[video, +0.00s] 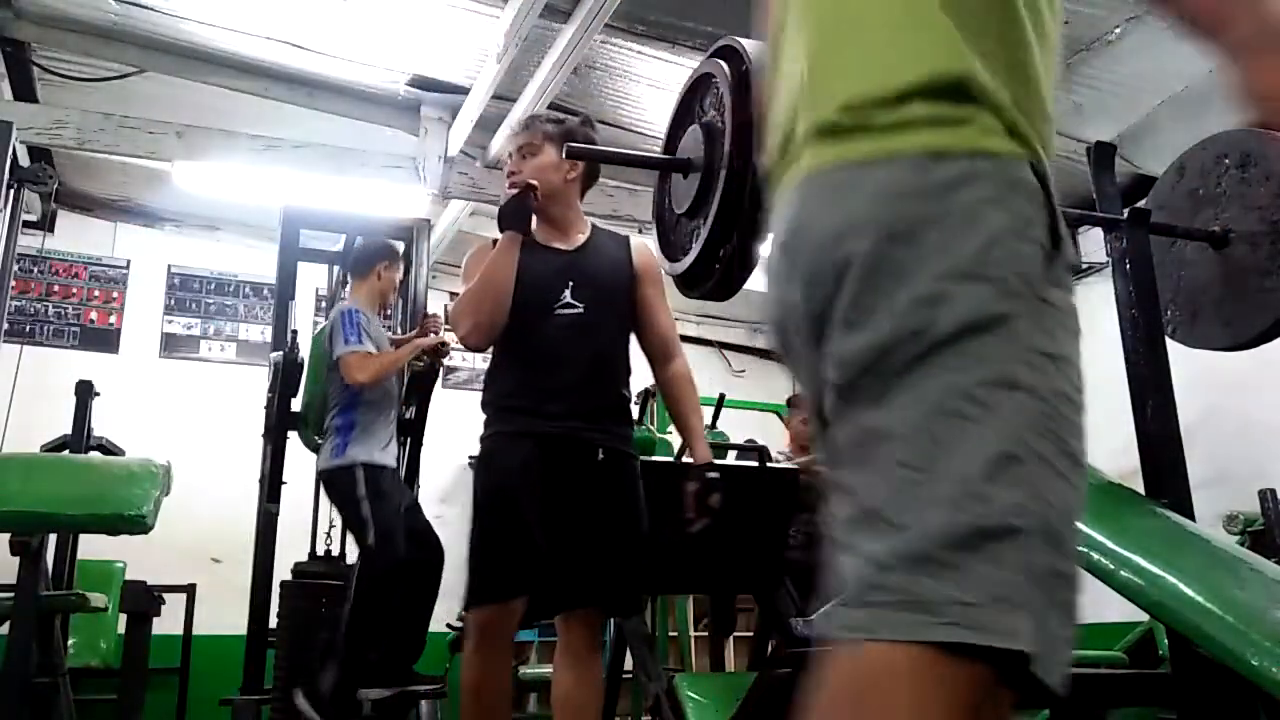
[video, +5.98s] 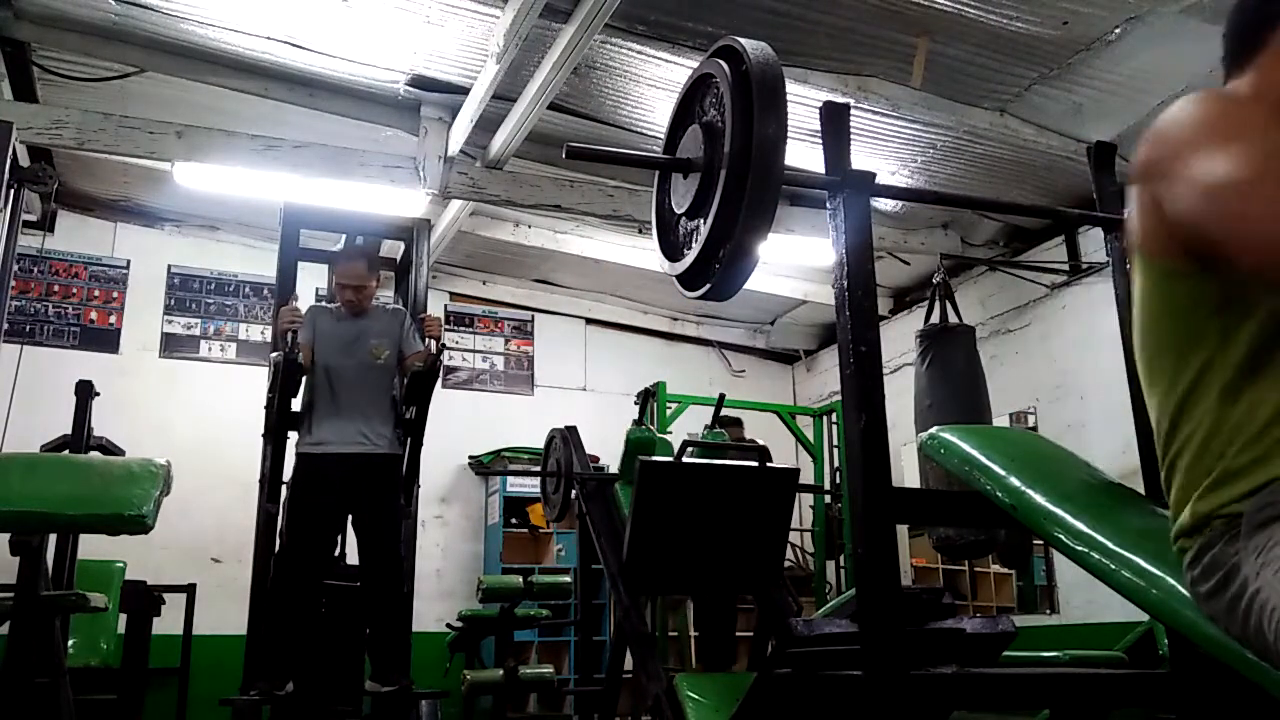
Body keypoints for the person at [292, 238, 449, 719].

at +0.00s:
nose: (398, 286)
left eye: (399, 277)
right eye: (397, 276)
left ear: (369, 271)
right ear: (381, 270)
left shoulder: (369, 322)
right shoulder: (350, 315)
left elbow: (377, 364)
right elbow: (357, 371)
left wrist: (414, 340)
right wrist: (411, 349)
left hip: (381, 465)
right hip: (353, 465)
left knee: (427, 553)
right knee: (389, 557)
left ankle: (392, 673)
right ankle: (337, 684)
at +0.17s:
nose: (405, 278)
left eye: (407, 270)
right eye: (401, 268)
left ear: (383, 264)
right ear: (376, 261)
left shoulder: (386, 317)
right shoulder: (349, 303)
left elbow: (398, 385)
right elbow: (349, 363)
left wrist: (423, 356)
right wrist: (409, 345)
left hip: (389, 450)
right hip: (359, 448)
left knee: (411, 555)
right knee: (366, 547)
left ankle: (390, 672)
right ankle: (282, 649)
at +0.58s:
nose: (377, 274)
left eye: (385, 267)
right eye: (368, 265)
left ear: (392, 269)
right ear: (348, 266)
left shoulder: (398, 315)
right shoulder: (328, 304)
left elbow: (415, 369)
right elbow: (342, 357)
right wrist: (405, 347)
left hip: (384, 458)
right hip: (329, 454)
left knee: (393, 574)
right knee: (293, 562)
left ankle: (390, 681)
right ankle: (271, 673)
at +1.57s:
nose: (349, 280)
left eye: (359, 272)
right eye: (343, 272)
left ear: (379, 271)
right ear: (335, 272)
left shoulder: (401, 313)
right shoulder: (321, 310)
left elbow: (421, 372)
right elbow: (315, 355)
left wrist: (427, 342)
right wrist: (345, 313)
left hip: (381, 458)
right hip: (321, 455)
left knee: (390, 572)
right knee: (292, 564)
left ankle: (396, 672)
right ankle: (279, 670)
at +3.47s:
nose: (366, 278)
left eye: (374, 271)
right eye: (358, 270)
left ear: (386, 276)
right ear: (344, 274)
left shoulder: (403, 316)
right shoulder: (322, 308)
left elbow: (415, 378)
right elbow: (297, 357)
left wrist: (428, 342)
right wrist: (286, 328)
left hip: (379, 453)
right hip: (321, 449)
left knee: (383, 568)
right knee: (297, 561)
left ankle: (384, 670)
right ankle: (282, 670)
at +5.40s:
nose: (344, 296)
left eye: (352, 288)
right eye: (337, 287)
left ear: (374, 283)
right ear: (330, 280)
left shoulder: (398, 317)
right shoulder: (320, 314)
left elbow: (418, 376)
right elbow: (287, 350)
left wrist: (431, 349)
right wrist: (278, 318)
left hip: (376, 456)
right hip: (317, 454)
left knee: (383, 571)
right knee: (296, 566)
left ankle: (387, 672)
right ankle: (279, 672)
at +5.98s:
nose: (349, 298)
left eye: (358, 290)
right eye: (342, 288)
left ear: (377, 283)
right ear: (332, 280)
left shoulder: (396, 319)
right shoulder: (315, 319)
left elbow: (416, 381)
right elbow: (296, 374)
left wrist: (430, 351)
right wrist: (284, 342)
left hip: (377, 458)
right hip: (318, 457)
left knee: (384, 571)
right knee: (299, 566)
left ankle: (387, 673)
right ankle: (281, 673)